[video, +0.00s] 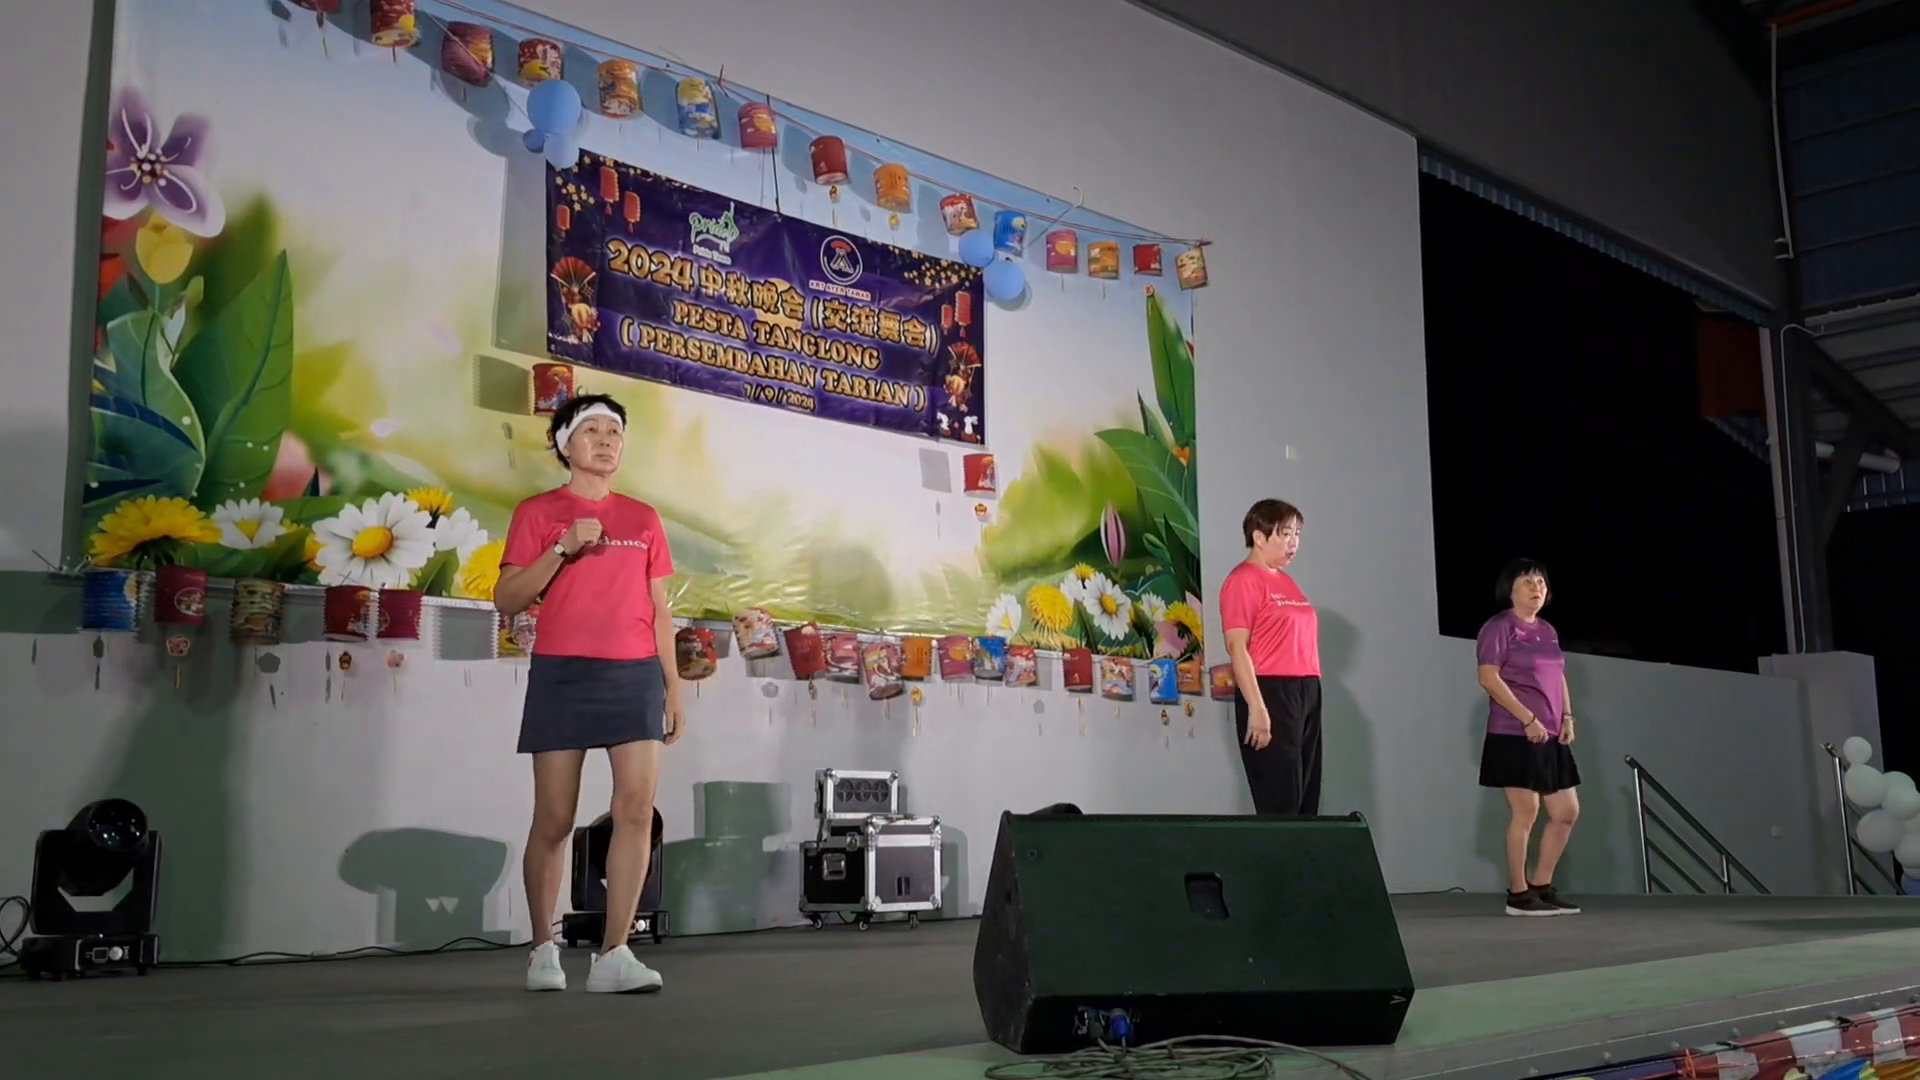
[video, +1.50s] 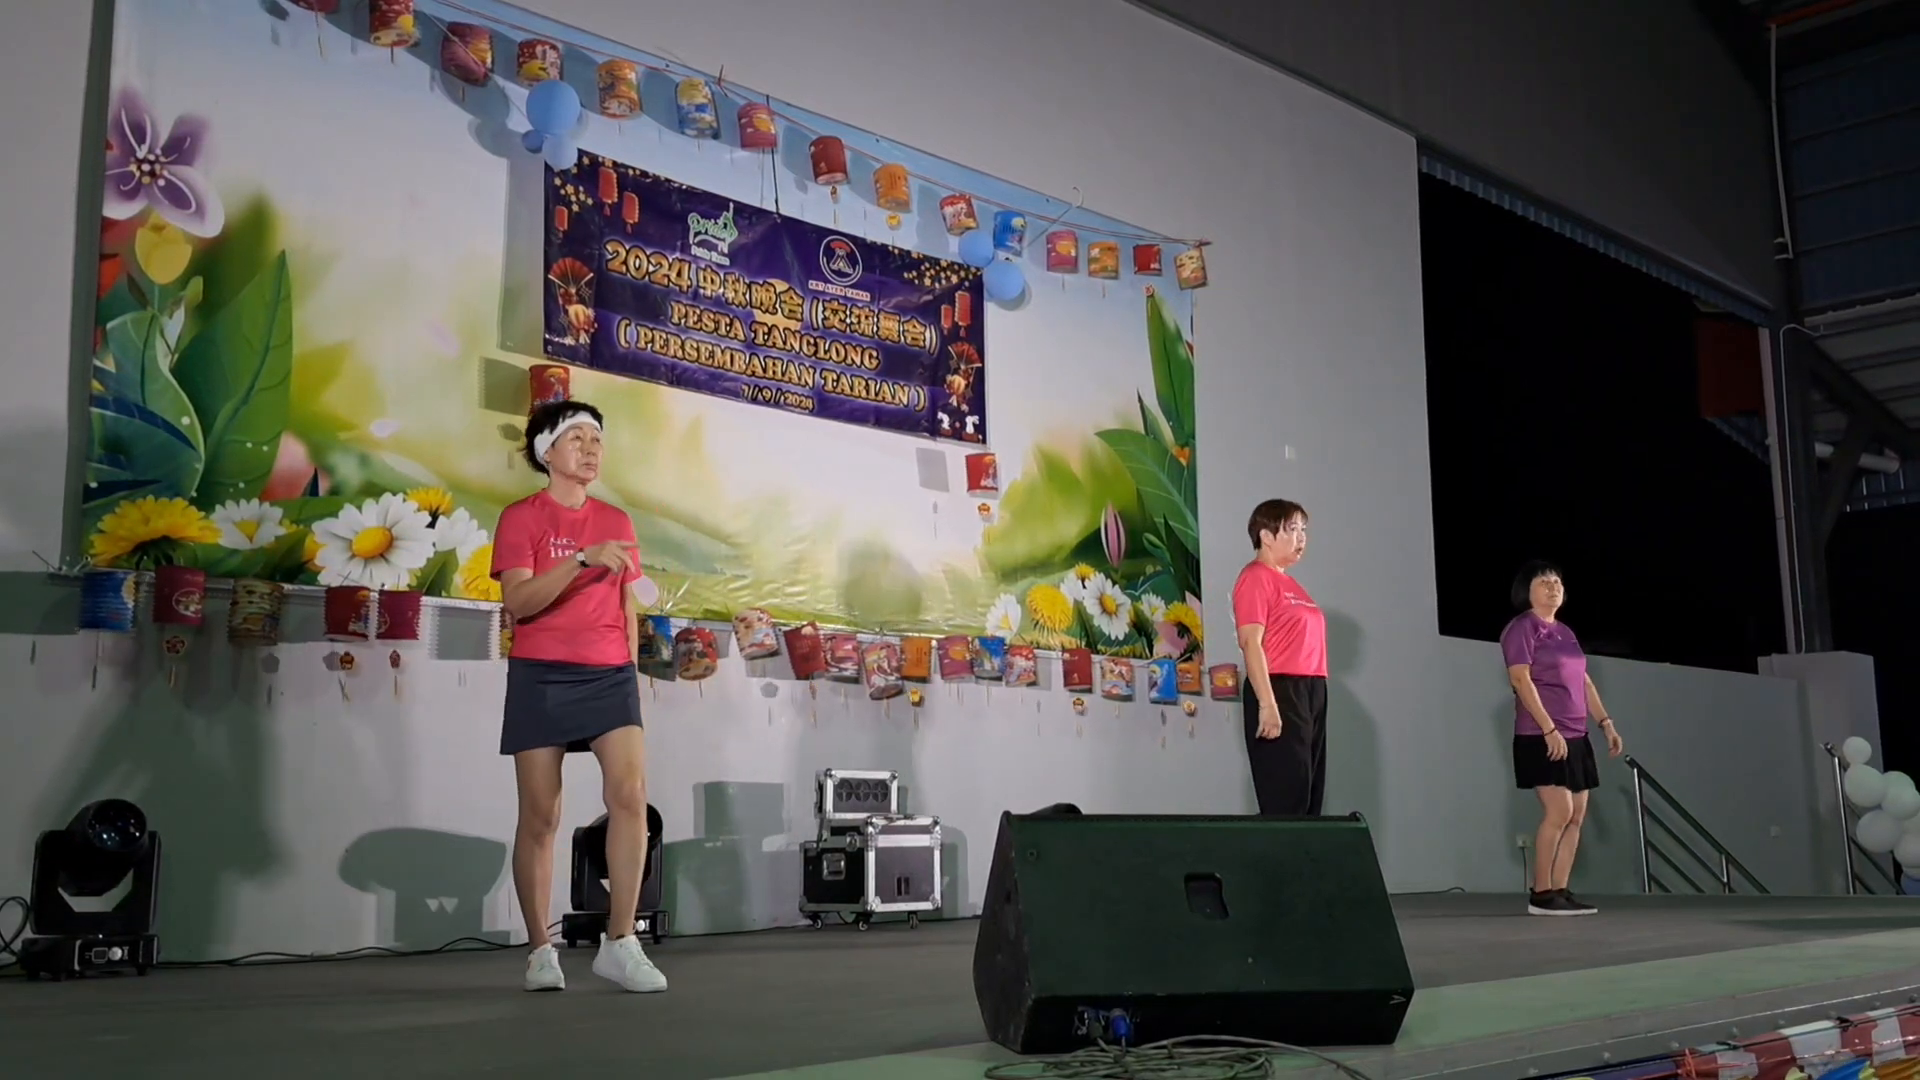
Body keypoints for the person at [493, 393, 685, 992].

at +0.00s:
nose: (605, 440)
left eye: (613, 433)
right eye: (592, 431)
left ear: (623, 448)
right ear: (565, 445)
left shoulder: (644, 519)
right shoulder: (538, 514)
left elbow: (661, 612)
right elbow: (508, 599)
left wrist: (673, 688)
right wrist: (561, 550)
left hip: (637, 676)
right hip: (561, 676)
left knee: (637, 808)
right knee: (554, 822)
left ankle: (615, 952)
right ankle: (545, 949)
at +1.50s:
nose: (590, 450)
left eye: (596, 442)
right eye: (577, 440)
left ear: (602, 454)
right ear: (546, 451)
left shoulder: (617, 522)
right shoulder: (522, 517)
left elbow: (627, 610)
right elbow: (517, 603)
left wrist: (630, 675)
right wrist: (582, 562)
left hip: (609, 677)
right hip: (540, 677)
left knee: (630, 794)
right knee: (540, 815)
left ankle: (620, 941)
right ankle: (542, 948)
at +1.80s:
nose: (608, 443)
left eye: (613, 436)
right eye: (594, 435)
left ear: (620, 453)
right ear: (565, 450)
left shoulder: (639, 522)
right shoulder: (547, 511)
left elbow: (649, 607)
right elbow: (550, 593)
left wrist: (658, 668)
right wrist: (617, 617)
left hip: (638, 675)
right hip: (572, 673)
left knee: (638, 810)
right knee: (560, 819)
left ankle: (618, 950)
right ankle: (545, 946)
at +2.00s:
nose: (633, 449)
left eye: (638, 442)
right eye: (619, 439)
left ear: (642, 455)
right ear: (587, 451)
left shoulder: (657, 526)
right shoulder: (565, 514)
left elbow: (677, 616)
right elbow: (567, 606)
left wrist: (694, 692)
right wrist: (579, 688)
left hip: (664, 677)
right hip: (597, 675)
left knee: (652, 814)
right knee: (591, 818)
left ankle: (621, 950)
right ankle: (553, 931)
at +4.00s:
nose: (596, 448)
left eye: (601, 440)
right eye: (583, 438)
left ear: (606, 453)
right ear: (551, 448)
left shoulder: (617, 523)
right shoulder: (518, 520)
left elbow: (632, 614)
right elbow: (491, 612)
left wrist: (646, 684)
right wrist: (539, 664)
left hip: (611, 681)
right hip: (538, 678)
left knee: (637, 800)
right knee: (542, 813)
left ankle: (617, 942)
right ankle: (542, 949)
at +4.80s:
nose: (583, 446)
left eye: (589, 438)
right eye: (570, 436)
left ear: (595, 449)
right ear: (538, 447)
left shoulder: (609, 521)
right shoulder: (515, 514)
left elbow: (651, 603)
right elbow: (502, 591)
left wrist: (710, 661)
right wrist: (516, 648)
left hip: (602, 676)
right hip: (534, 673)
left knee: (624, 807)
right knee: (537, 815)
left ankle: (609, 951)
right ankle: (542, 949)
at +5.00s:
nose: (580, 448)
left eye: (587, 438)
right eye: (566, 438)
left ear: (593, 450)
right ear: (536, 450)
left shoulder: (611, 523)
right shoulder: (513, 516)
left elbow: (664, 591)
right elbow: (503, 580)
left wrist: (731, 586)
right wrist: (540, 577)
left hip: (600, 676)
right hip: (530, 674)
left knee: (624, 807)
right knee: (536, 816)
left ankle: (610, 950)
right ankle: (542, 950)